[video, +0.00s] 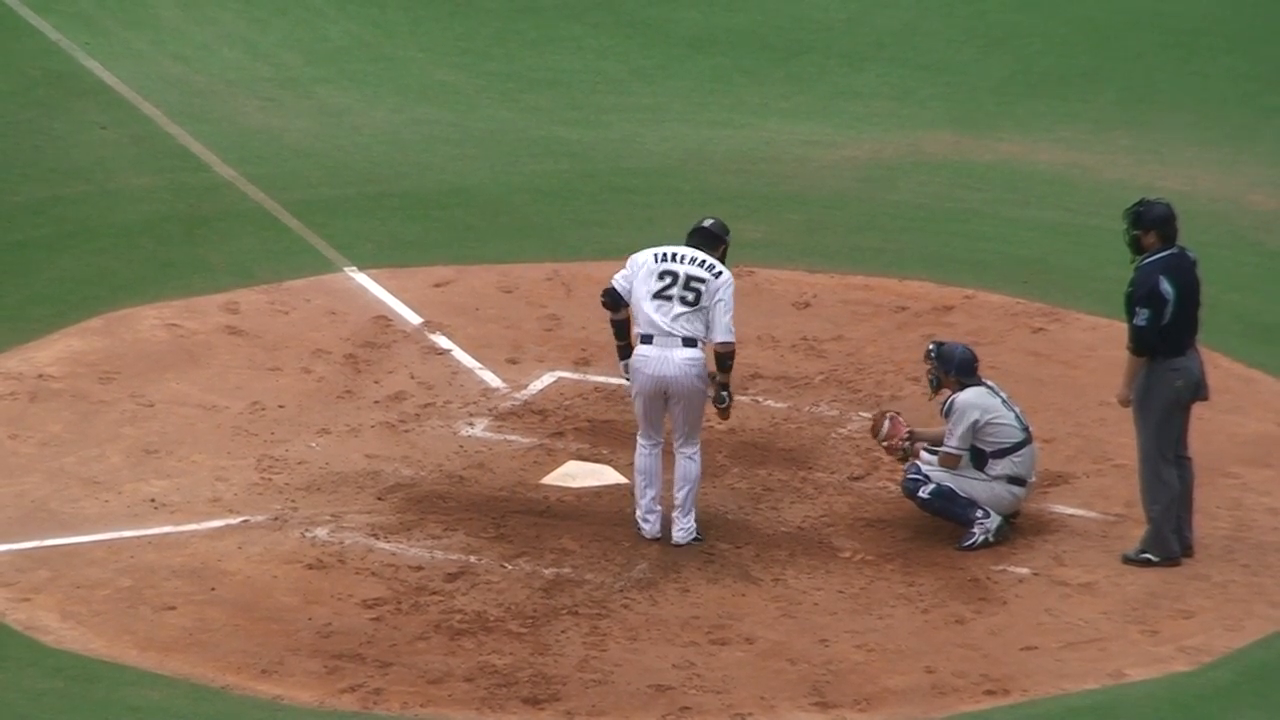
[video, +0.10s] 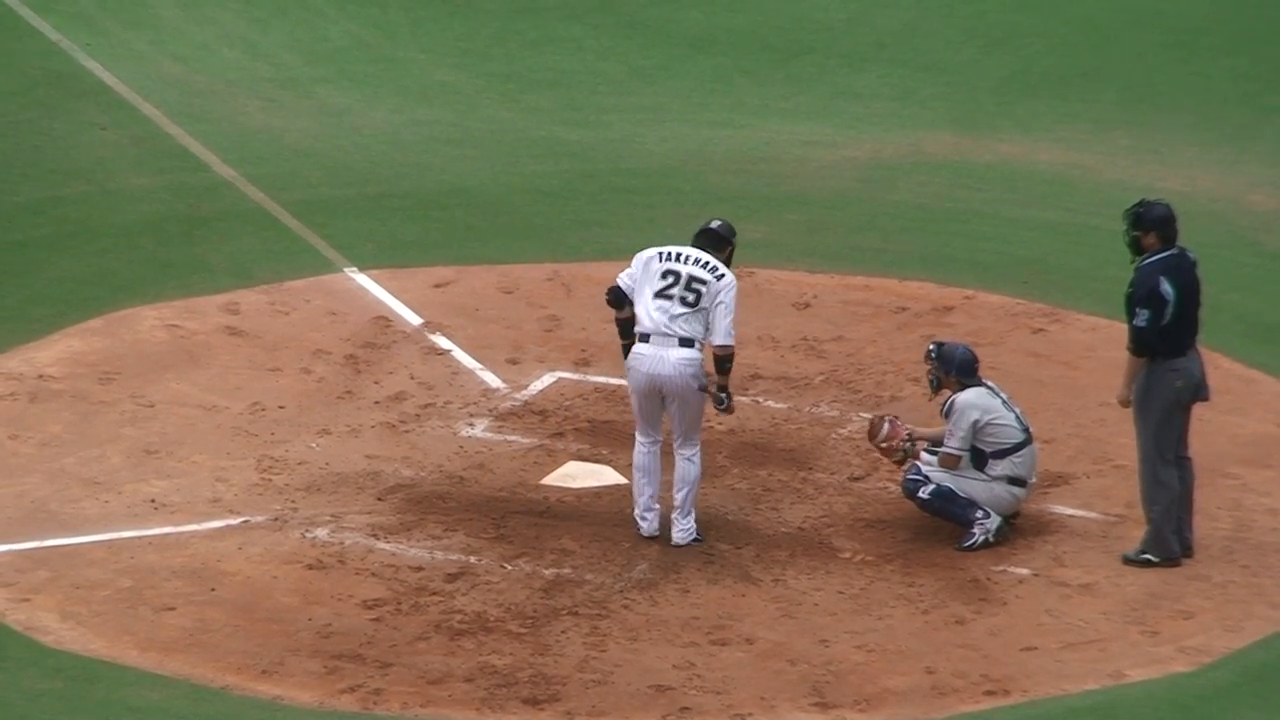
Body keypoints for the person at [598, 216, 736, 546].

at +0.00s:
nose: (725, 254)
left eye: (725, 249)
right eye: (725, 249)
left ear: (689, 239)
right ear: (718, 248)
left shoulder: (646, 257)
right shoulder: (720, 276)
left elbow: (613, 298)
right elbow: (723, 345)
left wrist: (625, 353)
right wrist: (723, 387)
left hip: (646, 357)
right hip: (688, 362)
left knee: (648, 439)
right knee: (687, 444)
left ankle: (649, 521)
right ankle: (683, 527)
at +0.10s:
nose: (731, 257)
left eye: (731, 251)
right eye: (731, 251)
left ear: (696, 240)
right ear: (724, 249)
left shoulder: (651, 255)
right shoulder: (723, 278)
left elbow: (617, 296)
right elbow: (722, 345)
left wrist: (629, 344)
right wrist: (722, 387)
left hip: (642, 354)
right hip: (685, 361)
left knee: (646, 438)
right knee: (687, 444)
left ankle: (646, 520)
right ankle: (683, 527)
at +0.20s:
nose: (734, 257)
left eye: (734, 251)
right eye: (734, 251)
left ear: (701, 239)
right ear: (727, 249)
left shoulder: (654, 253)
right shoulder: (724, 278)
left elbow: (618, 293)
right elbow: (720, 346)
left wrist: (631, 336)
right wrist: (722, 383)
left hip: (640, 353)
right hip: (682, 360)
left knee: (641, 432)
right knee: (686, 444)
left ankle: (637, 517)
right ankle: (683, 527)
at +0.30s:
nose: (735, 259)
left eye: (735, 253)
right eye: (735, 253)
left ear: (702, 240)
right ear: (728, 251)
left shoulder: (655, 254)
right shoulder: (723, 279)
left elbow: (617, 292)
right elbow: (718, 347)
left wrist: (632, 334)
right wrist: (725, 378)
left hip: (637, 352)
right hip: (679, 361)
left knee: (632, 431)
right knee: (684, 444)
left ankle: (612, 512)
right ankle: (683, 528)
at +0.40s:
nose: (732, 261)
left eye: (733, 255)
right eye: (733, 255)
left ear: (699, 242)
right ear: (726, 252)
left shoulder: (654, 255)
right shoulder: (719, 279)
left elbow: (614, 294)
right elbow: (712, 342)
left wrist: (628, 325)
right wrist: (727, 370)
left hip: (632, 353)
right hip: (674, 362)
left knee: (618, 430)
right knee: (682, 446)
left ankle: (588, 507)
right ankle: (682, 531)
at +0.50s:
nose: (726, 261)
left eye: (727, 255)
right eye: (727, 254)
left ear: (694, 240)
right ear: (719, 250)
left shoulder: (651, 254)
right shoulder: (711, 276)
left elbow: (612, 298)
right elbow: (703, 334)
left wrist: (629, 317)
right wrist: (728, 354)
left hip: (626, 351)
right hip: (666, 359)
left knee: (605, 431)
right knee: (678, 445)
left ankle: (573, 503)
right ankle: (682, 529)